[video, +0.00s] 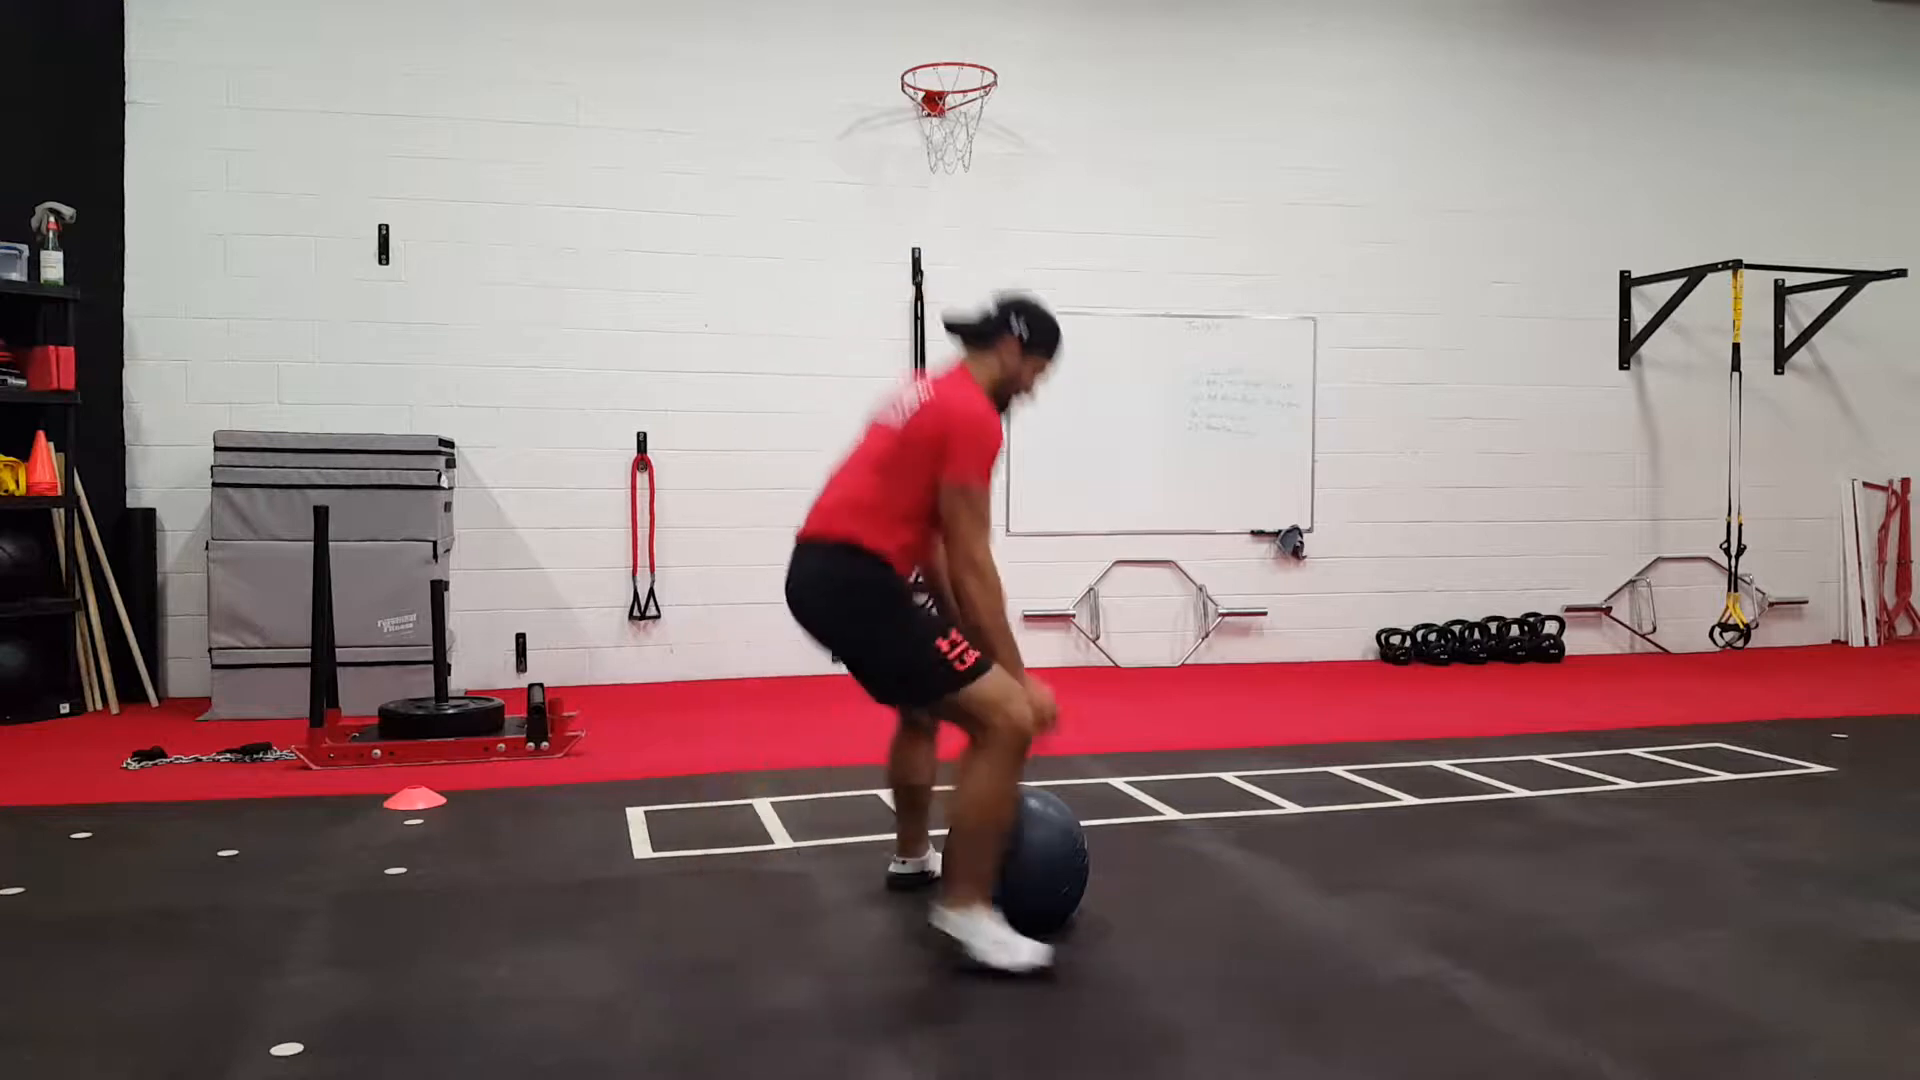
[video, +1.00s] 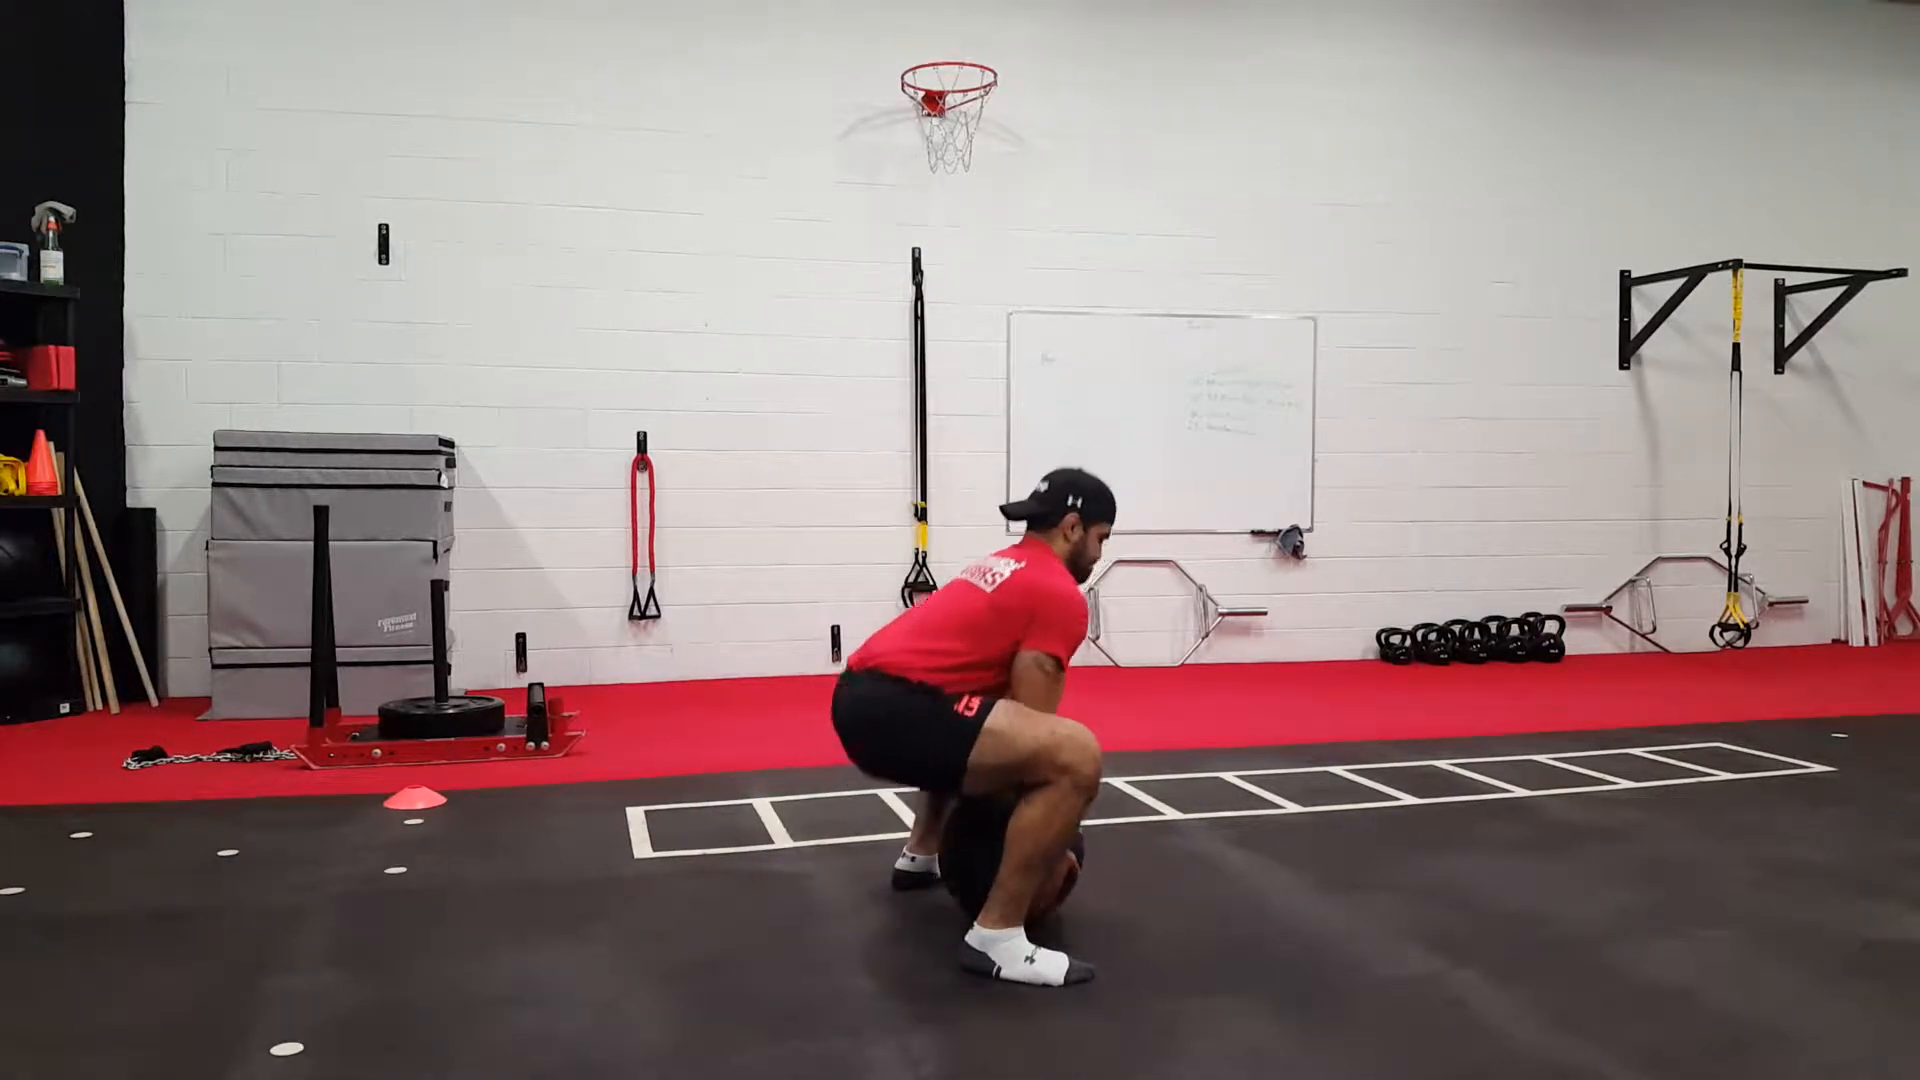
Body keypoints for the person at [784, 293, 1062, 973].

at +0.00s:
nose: (1036, 385)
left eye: (1041, 371)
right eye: (1038, 368)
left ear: (996, 341)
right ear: (1014, 345)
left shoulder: (933, 394)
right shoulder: (969, 413)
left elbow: (936, 557)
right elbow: (970, 561)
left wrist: (975, 653)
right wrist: (1016, 677)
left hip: (824, 569)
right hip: (858, 577)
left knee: (924, 708)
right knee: (1009, 717)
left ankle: (913, 853)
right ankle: (966, 906)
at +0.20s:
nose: (1074, 498)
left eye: (1080, 486)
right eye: (1074, 482)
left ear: (1028, 468)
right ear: (1045, 466)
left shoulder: (965, 508)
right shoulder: (1010, 549)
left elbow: (969, 654)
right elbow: (1011, 689)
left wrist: (991, 760)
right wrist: (1043, 822)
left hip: (835, 661)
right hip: (873, 674)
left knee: (957, 703)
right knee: (1050, 746)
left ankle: (916, 852)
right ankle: (995, 934)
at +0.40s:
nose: (1089, 565)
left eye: (1094, 553)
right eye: (1092, 550)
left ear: (1049, 533)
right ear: (1065, 536)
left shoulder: (981, 570)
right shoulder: (1032, 610)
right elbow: (1019, 750)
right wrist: (1041, 872)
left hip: (850, 716)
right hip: (882, 730)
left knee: (962, 719)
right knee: (1070, 758)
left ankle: (916, 854)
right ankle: (996, 935)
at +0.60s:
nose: (1091, 581)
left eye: (1097, 569)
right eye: (1094, 567)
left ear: (1046, 547)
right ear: (1068, 553)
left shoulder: (987, 583)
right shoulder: (1042, 620)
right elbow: (1031, 763)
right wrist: (1053, 877)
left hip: (854, 733)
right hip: (887, 751)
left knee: (975, 725)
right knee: (1074, 759)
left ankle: (918, 852)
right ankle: (995, 934)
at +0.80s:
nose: (1094, 572)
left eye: (1099, 559)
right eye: (1096, 557)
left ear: (1051, 540)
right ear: (1068, 544)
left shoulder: (994, 576)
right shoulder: (1046, 609)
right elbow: (1033, 756)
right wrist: (1056, 865)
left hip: (857, 724)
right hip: (889, 738)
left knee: (977, 721)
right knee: (1075, 759)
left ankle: (920, 853)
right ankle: (996, 934)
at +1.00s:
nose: (1101, 552)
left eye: (1105, 540)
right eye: (1102, 537)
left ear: (1054, 525)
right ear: (1072, 528)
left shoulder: (1006, 562)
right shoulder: (1057, 593)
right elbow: (1033, 737)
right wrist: (1055, 845)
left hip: (863, 698)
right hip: (897, 712)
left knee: (980, 716)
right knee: (1074, 757)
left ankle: (923, 851)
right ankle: (996, 934)